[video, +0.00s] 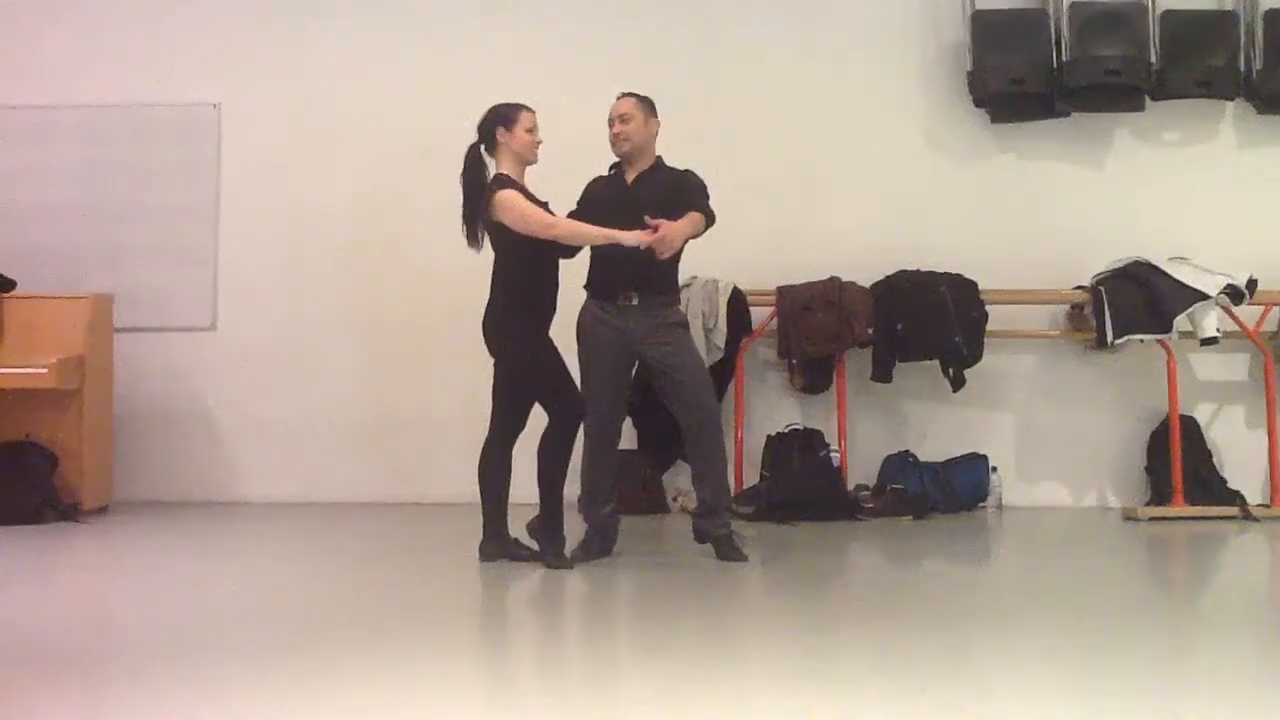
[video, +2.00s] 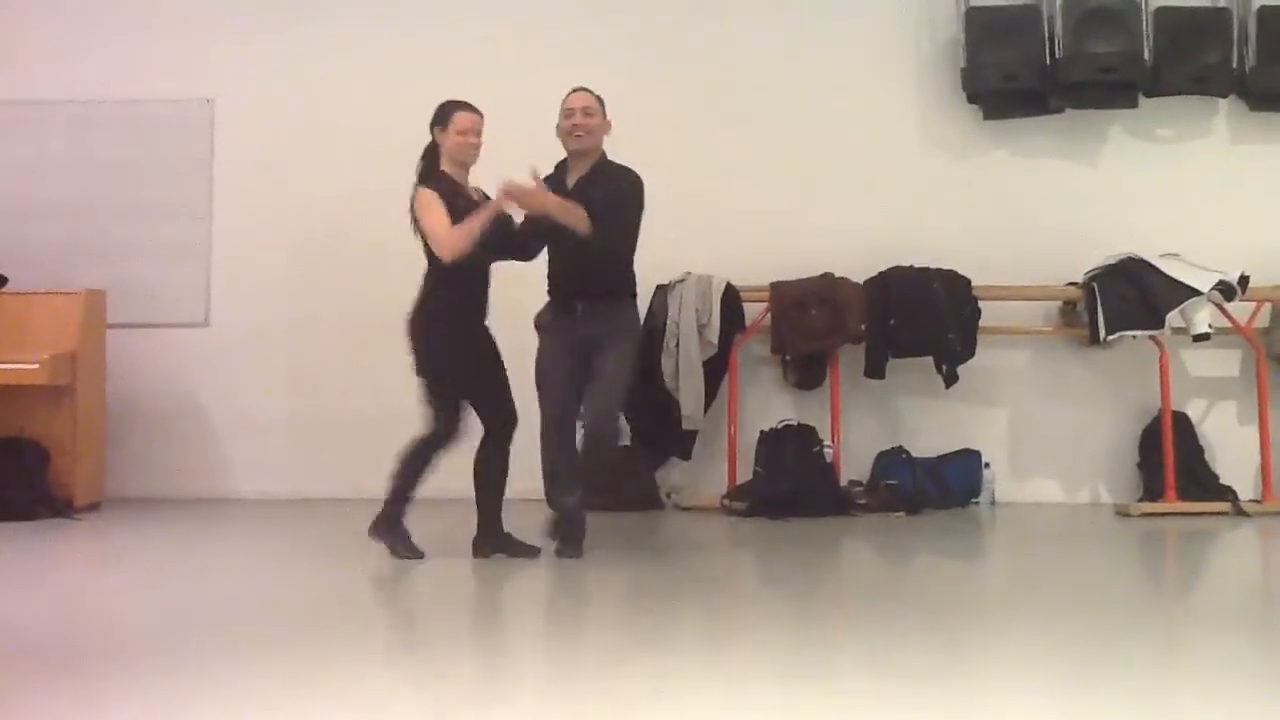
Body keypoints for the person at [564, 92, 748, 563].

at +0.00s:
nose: (615, 129)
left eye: (625, 120)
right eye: (611, 123)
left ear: (654, 126)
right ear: (610, 133)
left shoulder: (682, 182)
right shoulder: (598, 190)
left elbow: (702, 214)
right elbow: (568, 244)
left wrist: (681, 229)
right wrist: (525, 227)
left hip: (661, 320)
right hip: (603, 320)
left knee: (703, 412)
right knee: (601, 422)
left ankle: (715, 524)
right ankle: (598, 531)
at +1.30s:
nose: (619, 115)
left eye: (629, 107)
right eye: (611, 110)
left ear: (649, 116)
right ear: (600, 123)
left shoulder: (678, 172)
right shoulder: (595, 179)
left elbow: (730, 187)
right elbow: (556, 222)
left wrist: (688, 156)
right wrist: (505, 214)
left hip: (669, 313)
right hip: (608, 315)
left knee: (702, 408)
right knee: (594, 416)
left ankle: (712, 520)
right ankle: (580, 525)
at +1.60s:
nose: (593, 117)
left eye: (604, 109)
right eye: (585, 110)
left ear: (623, 120)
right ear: (574, 122)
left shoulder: (643, 180)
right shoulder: (559, 181)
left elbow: (689, 240)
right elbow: (519, 216)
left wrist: (673, 210)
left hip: (642, 315)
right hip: (585, 319)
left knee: (679, 415)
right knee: (572, 419)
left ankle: (718, 519)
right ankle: (572, 529)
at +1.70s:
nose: (583, 119)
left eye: (593, 112)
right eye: (575, 113)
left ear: (613, 123)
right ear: (565, 124)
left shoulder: (638, 189)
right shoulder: (554, 182)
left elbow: (662, 258)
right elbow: (516, 220)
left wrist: (623, 263)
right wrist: (481, 193)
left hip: (626, 319)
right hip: (571, 321)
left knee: (664, 412)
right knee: (562, 417)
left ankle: (717, 508)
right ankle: (571, 527)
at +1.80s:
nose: (581, 119)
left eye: (592, 112)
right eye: (573, 112)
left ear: (611, 123)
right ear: (563, 124)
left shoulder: (635, 188)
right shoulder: (554, 181)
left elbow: (648, 260)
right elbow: (521, 226)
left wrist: (595, 268)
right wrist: (480, 203)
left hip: (621, 316)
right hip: (567, 318)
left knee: (641, 406)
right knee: (562, 419)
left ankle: (692, 487)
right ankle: (571, 523)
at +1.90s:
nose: (579, 121)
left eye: (589, 113)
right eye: (571, 114)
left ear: (608, 125)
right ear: (561, 126)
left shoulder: (630, 187)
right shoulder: (549, 186)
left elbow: (626, 255)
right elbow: (532, 238)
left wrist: (573, 248)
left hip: (617, 315)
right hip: (565, 315)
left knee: (618, 407)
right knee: (560, 418)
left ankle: (650, 471)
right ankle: (570, 522)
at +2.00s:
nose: (576, 120)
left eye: (587, 113)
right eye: (568, 114)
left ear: (606, 126)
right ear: (558, 128)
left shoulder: (625, 183)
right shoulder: (550, 187)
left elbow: (615, 241)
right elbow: (525, 245)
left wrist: (548, 206)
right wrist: (484, 228)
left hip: (615, 319)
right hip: (562, 319)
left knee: (600, 415)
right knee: (556, 417)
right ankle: (567, 519)